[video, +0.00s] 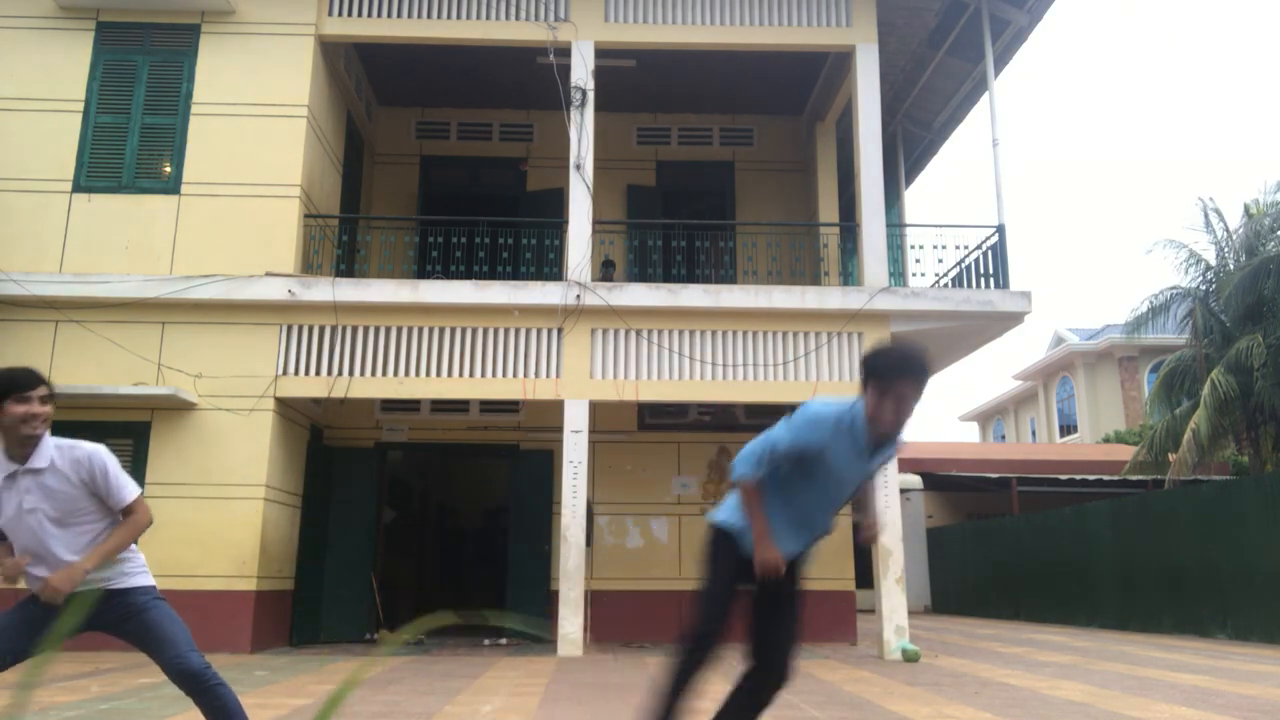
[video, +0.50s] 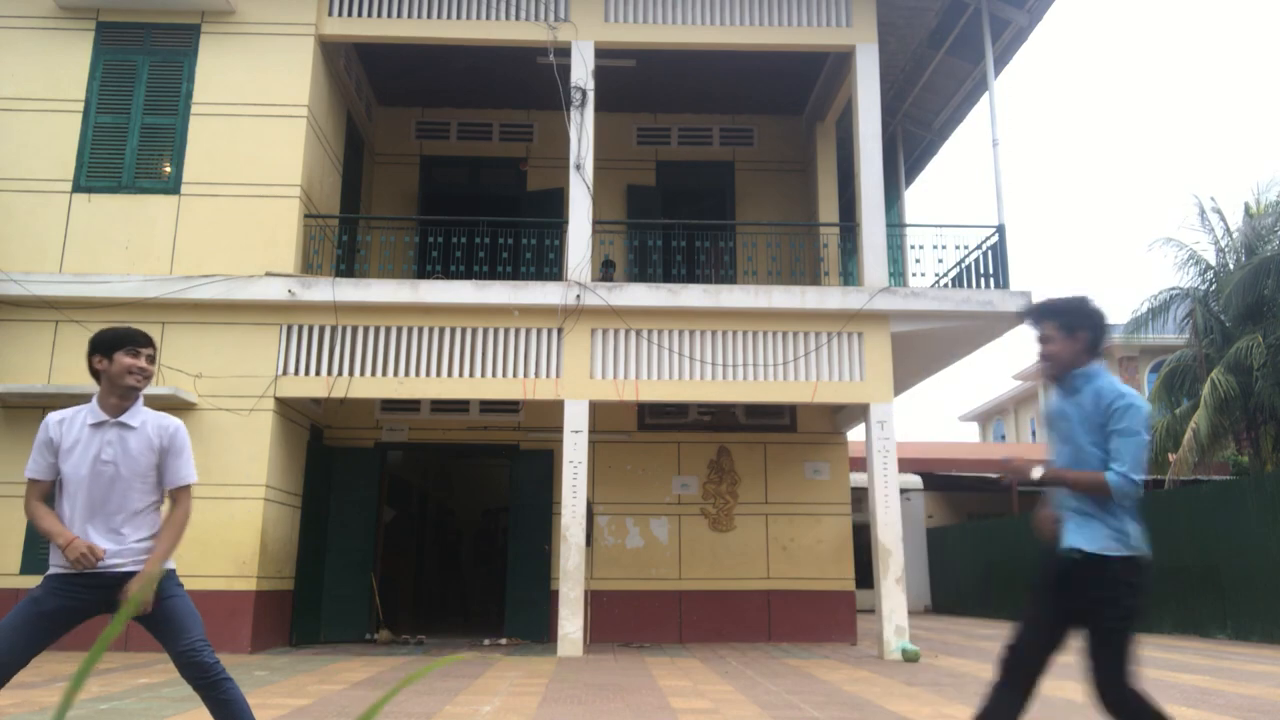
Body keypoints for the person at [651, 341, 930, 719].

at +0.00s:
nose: (896, 412)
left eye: (907, 403)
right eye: (889, 398)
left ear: (916, 403)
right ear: (868, 390)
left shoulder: (887, 439)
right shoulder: (820, 420)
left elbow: (860, 472)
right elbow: (745, 467)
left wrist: (866, 515)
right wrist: (762, 540)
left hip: (786, 549)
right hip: (738, 533)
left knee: (771, 668)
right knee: (705, 636)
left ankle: (728, 716)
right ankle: (665, 711)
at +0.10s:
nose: (894, 369)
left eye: (907, 360)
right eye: (889, 358)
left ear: (933, 363)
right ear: (881, 356)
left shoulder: (935, 422)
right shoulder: (847, 390)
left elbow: (930, 477)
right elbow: (783, 442)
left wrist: (922, 502)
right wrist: (789, 508)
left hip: (855, 534)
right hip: (806, 524)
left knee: (848, 661)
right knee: (798, 634)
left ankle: (757, 717)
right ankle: (792, 708)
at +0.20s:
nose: (915, 371)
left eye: (927, 360)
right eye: (909, 361)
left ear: (960, 363)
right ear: (902, 361)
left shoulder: (984, 428)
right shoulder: (875, 405)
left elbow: (1003, 491)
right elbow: (828, 455)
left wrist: (978, 526)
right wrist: (820, 510)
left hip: (929, 548)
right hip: (872, 544)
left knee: (932, 679)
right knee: (899, 668)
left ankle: (832, 706)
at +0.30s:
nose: (948, 377)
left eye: (958, 366)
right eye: (943, 368)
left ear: (992, 368)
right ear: (939, 373)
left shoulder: (1029, 437)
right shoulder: (922, 430)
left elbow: (1057, 520)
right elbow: (895, 492)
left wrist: (1024, 565)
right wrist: (876, 542)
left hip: (997, 573)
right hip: (935, 571)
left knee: (1025, 698)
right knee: (951, 679)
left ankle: (959, 715)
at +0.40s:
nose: (991, 355)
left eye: (999, 343)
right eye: (987, 346)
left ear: (1033, 342)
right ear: (988, 349)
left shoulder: (1084, 409)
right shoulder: (990, 407)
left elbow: (1097, 494)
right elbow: (985, 478)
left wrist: (1021, 512)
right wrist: (972, 527)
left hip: (1058, 555)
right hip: (995, 554)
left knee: (1053, 684)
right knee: (968, 674)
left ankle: (1089, 714)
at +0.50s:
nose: (1041, 349)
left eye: (1049, 339)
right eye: (1040, 340)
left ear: (1083, 340)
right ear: (1070, 342)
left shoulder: (1123, 403)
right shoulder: (1058, 403)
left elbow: (1125, 484)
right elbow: (1066, 465)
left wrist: (1048, 475)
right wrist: (1048, 508)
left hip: (1116, 560)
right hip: (1069, 555)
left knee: (1113, 687)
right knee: (1020, 667)